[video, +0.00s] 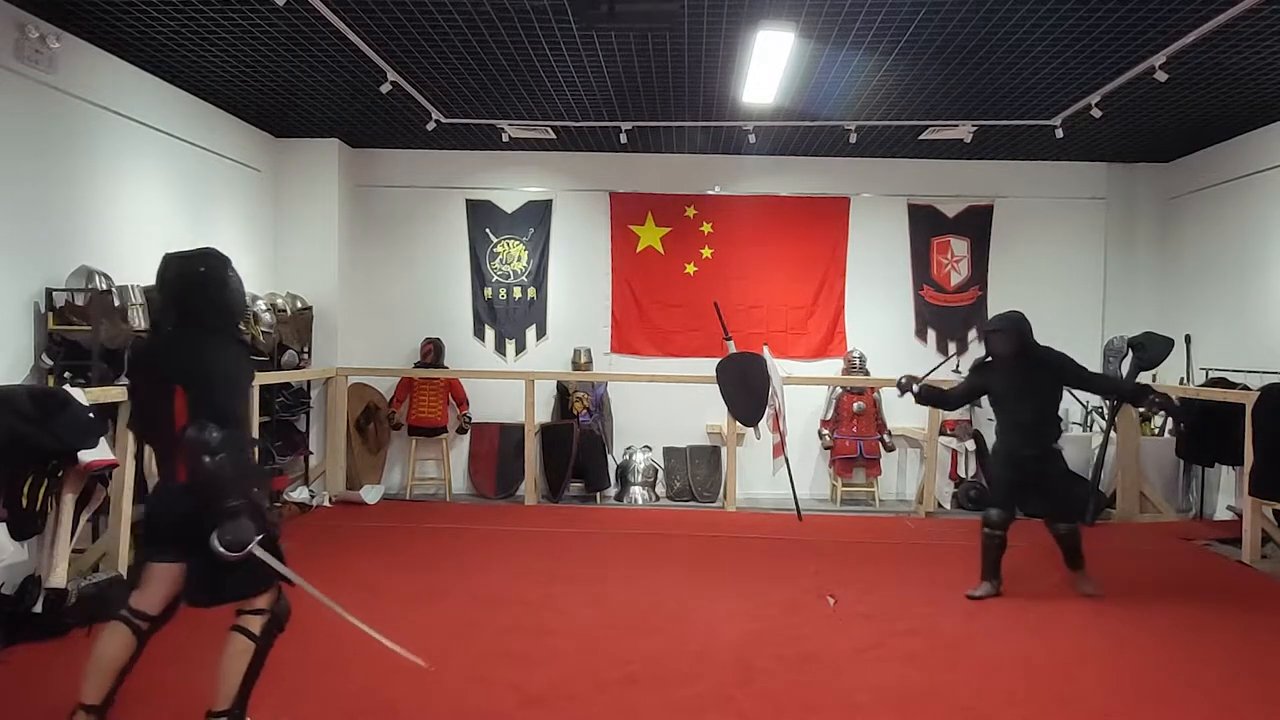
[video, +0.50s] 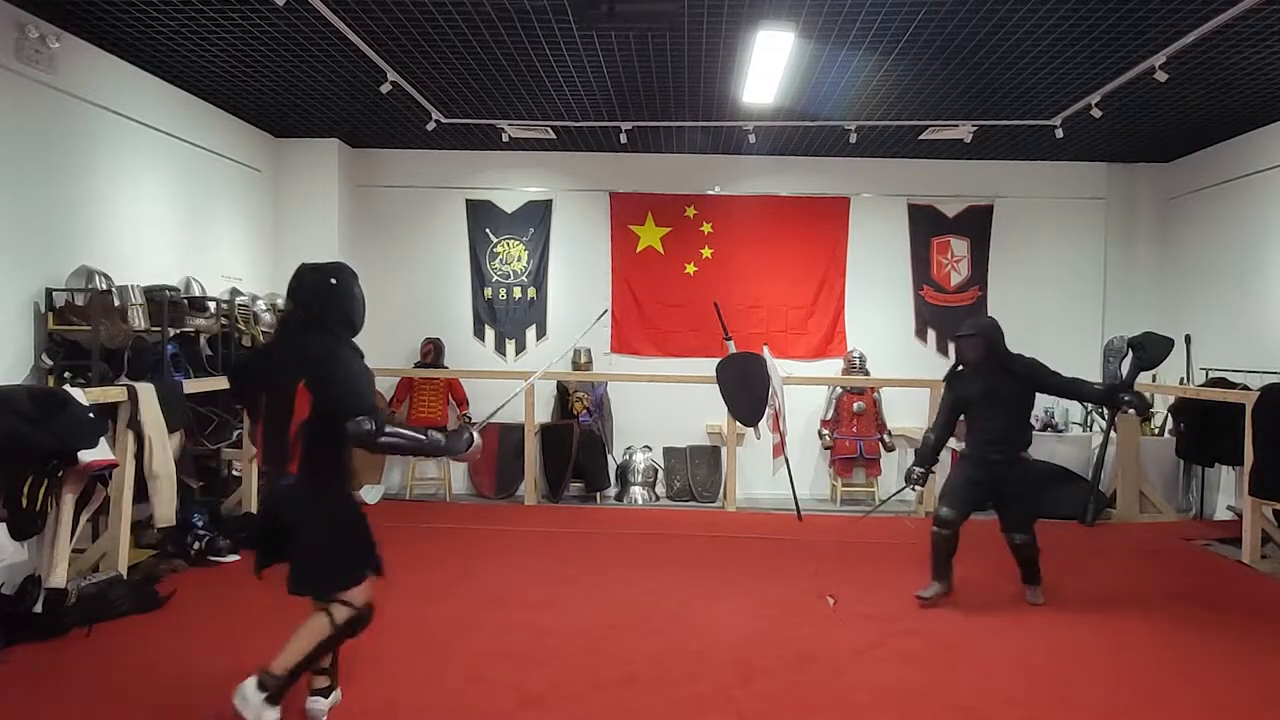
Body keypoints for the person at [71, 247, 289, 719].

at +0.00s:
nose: (240, 292)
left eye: (234, 282)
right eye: (233, 283)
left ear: (167, 295)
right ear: (220, 294)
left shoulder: (147, 350)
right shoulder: (224, 352)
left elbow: (144, 426)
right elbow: (223, 438)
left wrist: (183, 464)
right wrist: (236, 507)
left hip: (170, 495)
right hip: (222, 497)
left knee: (144, 606)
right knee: (263, 601)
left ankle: (86, 711)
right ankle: (224, 712)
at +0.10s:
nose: (264, 289)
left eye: (260, 279)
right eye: (258, 281)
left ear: (201, 291)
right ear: (247, 288)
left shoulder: (188, 340)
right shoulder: (248, 345)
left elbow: (165, 412)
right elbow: (246, 430)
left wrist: (211, 438)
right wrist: (268, 501)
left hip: (195, 489)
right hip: (245, 495)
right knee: (264, 604)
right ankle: (225, 713)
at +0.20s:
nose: (292, 291)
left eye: (287, 281)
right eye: (286, 282)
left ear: (223, 289)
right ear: (273, 289)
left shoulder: (203, 341)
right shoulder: (274, 348)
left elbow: (174, 413)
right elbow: (269, 431)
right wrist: (319, 491)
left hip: (211, 486)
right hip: (260, 491)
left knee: (225, 596)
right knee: (261, 609)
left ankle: (154, 695)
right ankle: (226, 713)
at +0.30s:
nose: (317, 291)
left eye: (312, 281)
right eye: (311, 282)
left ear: (256, 290)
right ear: (301, 290)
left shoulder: (233, 335)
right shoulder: (295, 346)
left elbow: (198, 372)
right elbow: (301, 422)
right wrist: (365, 469)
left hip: (235, 482)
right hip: (276, 488)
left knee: (273, 598)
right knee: (262, 608)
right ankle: (227, 707)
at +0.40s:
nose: (341, 299)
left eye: (337, 290)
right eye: (336, 290)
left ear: (276, 295)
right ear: (326, 297)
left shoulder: (255, 341)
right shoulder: (319, 351)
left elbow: (220, 385)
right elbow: (341, 424)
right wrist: (417, 459)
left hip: (255, 487)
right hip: (296, 492)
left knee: (312, 589)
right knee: (283, 607)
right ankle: (228, 710)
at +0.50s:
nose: (361, 308)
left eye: (358, 298)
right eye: (356, 298)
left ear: (301, 301)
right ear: (340, 304)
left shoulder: (281, 346)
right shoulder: (335, 355)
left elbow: (240, 382)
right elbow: (362, 428)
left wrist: (273, 418)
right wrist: (444, 443)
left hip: (286, 487)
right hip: (319, 492)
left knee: (332, 591)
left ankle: (322, 689)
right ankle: (263, 688)